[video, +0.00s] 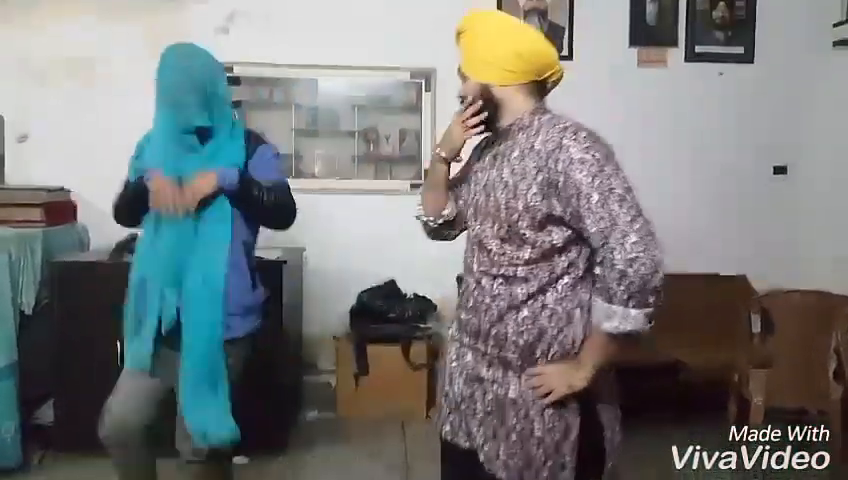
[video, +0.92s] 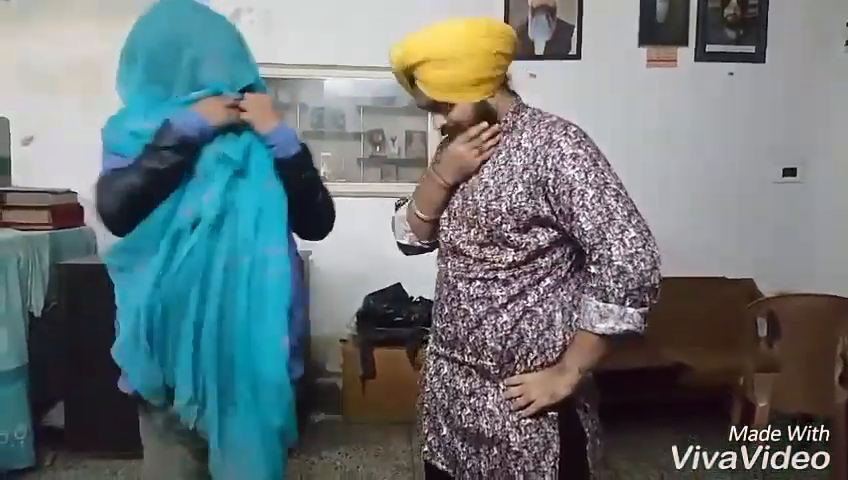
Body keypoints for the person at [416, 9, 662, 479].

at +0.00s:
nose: (459, 81)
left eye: (464, 70)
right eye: (461, 71)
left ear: (492, 72)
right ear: (509, 74)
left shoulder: (570, 147)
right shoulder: (489, 151)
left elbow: (635, 258)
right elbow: (440, 223)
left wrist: (586, 364)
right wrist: (442, 155)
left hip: (547, 389)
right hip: (473, 380)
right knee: (461, 473)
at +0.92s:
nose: (438, 121)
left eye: (444, 107)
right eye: (432, 108)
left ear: (483, 88)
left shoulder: (556, 146)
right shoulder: (456, 144)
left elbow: (630, 261)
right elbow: (412, 240)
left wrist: (570, 369)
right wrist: (440, 176)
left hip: (533, 396)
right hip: (449, 385)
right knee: (445, 472)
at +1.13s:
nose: (459, 117)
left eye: (473, 103)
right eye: (450, 103)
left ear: (510, 88)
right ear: (441, 91)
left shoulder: (561, 142)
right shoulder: (449, 139)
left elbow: (633, 249)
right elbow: (404, 229)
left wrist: (575, 360)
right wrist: (450, 172)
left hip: (541, 388)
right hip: (454, 377)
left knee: (549, 472)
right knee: (449, 471)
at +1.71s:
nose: (514, 88)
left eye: (530, 74)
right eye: (502, 70)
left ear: (546, 70)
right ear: (478, 61)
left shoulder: (571, 134)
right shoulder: (440, 132)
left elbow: (650, 224)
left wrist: (603, 322)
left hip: (549, 370)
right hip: (455, 364)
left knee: (555, 471)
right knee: (458, 470)